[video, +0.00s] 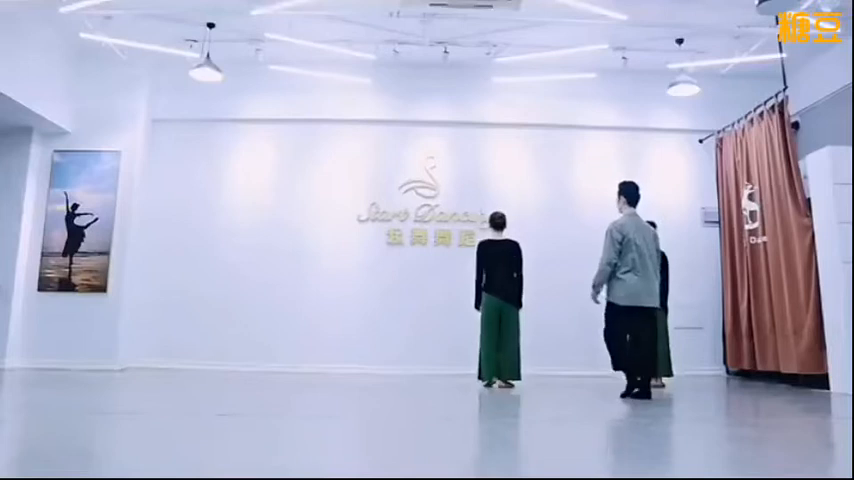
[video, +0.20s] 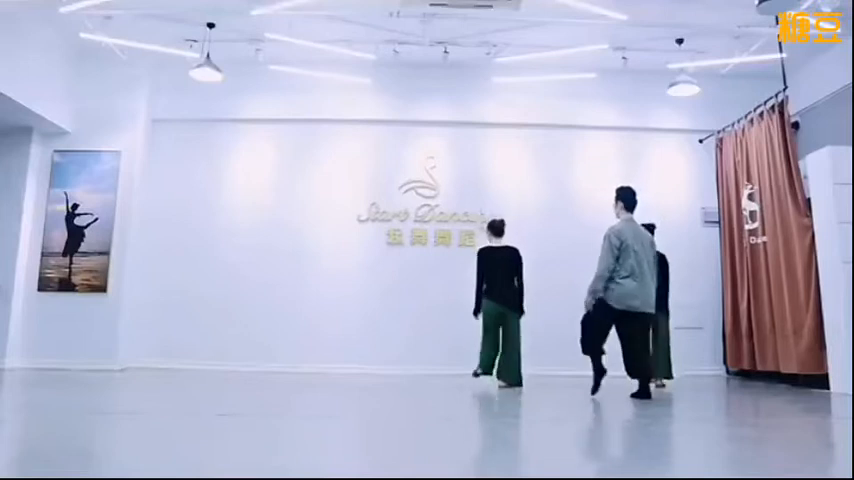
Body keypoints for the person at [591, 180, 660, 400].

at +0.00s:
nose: (616, 202)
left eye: (617, 198)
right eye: (618, 198)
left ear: (621, 199)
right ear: (636, 200)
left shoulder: (617, 227)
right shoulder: (650, 230)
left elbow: (608, 262)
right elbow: (656, 263)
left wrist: (596, 285)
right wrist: (653, 288)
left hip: (622, 295)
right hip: (648, 296)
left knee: (613, 335)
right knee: (644, 342)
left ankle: (630, 376)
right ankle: (644, 386)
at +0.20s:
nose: (613, 207)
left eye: (614, 203)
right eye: (615, 203)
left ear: (619, 205)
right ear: (633, 206)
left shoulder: (615, 232)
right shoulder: (648, 237)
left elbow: (604, 269)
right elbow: (652, 271)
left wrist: (591, 296)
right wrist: (648, 298)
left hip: (617, 297)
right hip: (643, 301)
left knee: (591, 329)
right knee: (638, 345)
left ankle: (597, 366)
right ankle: (643, 386)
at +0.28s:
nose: (611, 207)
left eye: (613, 204)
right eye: (613, 203)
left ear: (617, 205)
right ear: (632, 207)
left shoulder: (613, 233)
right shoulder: (645, 238)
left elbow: (603, 270)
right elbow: (650, 273)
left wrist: (591, 298)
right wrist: (647, 302)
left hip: (615, 299)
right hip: (640, 302)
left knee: (585, 330)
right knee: (638, 346)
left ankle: (583, 368)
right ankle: (644, 387)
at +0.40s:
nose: (605, 207)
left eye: (606, 203)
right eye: (606, 203)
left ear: (610, 205)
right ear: (625, 206)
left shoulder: (606, 234)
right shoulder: (638, 237)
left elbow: (599, 270)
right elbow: (643, 270)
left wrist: (592, 299)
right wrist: (640, 300)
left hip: (609, 299)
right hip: (633, 302)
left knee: (577, 333)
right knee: (633, 346)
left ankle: (558, 371)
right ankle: (643, 386)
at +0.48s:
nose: (601, 207)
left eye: (602, 203)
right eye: (602, 203)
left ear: (607, 204)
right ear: (621, 205)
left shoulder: (602, 233)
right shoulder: (633, 236)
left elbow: (596, 270)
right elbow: (637, 270)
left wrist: (589, 299)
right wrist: (635, 299)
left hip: (605, 299)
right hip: (629, 302)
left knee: (574, 336)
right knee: (630, 346)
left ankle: (554, 374)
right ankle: (643, 386)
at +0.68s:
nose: (582, 202)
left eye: (583, 198)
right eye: (584, 198)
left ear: (588, 200)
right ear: (602, 202)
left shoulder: (582, 229)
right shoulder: (613, 234)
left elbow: (575, 266)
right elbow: (616, 269)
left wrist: (567, 296)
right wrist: (616, 300)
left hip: (584, 298)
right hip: (609, 300)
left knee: (569, 344)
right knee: (619, 343)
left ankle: (555, 387)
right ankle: (639, 381)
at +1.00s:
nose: (554, 197)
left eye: (555, 194)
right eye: (557, 194)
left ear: (558, 196)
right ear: (574, 199)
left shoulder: (551, 225)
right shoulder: (584, 231)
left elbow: (540, 259)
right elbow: (587, 266)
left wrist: (530, 283)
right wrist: (588, 292)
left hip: (554, 295)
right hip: (579, 295)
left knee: (554, 342)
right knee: (598, 338)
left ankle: (554, 387)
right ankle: (622, 377)